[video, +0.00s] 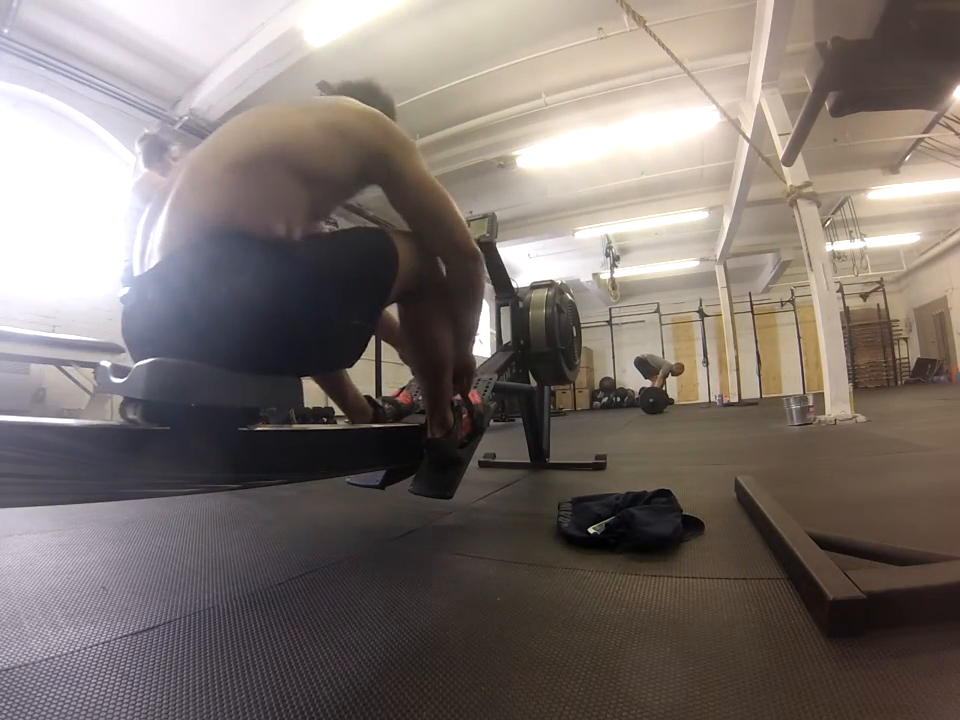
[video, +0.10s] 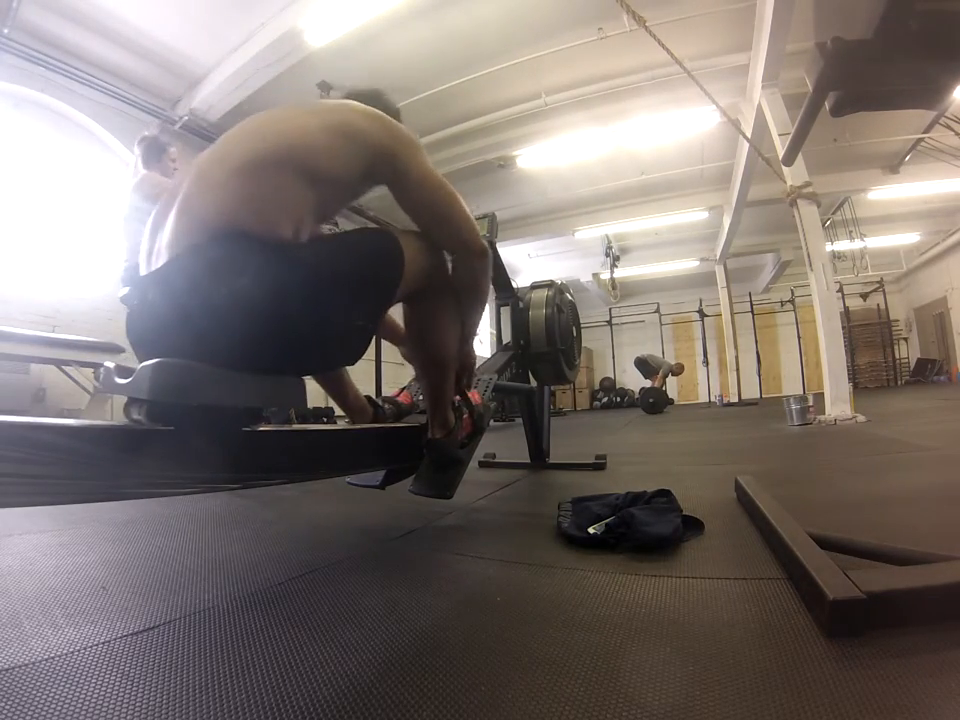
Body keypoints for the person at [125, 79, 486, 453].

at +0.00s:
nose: (398, 143)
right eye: (394, 133)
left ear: (330, 99)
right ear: (381, 118)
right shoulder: (374, 128)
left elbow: (319, 262)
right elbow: (465, 255)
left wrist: (405, 343)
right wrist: (464, 351)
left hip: (147, 323)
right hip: (238, 303)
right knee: (423, 263)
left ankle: (363, 418)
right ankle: (443, 426)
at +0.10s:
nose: (401, 146)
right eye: (400, 137)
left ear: (336, 105)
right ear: (387, 122)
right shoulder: (383, 132)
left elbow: (324, 258)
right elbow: (473, 249)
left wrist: (408, 341)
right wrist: (466, 342)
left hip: (151, 324)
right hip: (240, 307)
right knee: (429, 262)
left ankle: (361, 412)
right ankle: (444, 426)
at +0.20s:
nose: (410, 157)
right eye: (407, 144)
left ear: (342, 110)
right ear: (391, 127)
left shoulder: (279, 137)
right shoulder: (388, 135)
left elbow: (303, 256)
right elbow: (478, 245)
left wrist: (397, 336)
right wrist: (457, 331)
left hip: (152, 324)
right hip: (240, 302)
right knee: (433, 261)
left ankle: (363, 414)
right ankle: (443, 428)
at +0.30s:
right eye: (408, 150)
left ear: (352, 116)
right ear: (395, 133)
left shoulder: (284, 141)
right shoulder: (393, 142)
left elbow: (304, 256)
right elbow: (466, 251)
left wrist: (387, 342)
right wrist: (459, 309)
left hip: (154, 325)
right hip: (244, 304)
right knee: (440, 257)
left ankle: (362, 414)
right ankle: (444, 428)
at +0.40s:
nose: (405, 166)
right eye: (407, 154)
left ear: (348, 119)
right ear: (395, 138)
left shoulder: (283, 142)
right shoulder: (393, 150)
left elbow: (300, 259)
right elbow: (446, 262)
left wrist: (364, 355)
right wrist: (434, 353)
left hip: (156, 325)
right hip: (247, 307)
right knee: (434, 261)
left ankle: (362, 413)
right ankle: (443, 428)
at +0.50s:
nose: (397, 179)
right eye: (401, 166)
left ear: (343, 120)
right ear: (392, 144)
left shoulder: (277, 145)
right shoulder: (390, 153)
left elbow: (293, 259)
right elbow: (432, 266)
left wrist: (345, 354)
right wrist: (406, 365)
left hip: (155, 326)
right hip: (251, 307)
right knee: (433, 262)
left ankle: (362, 416)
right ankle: (443, 427)